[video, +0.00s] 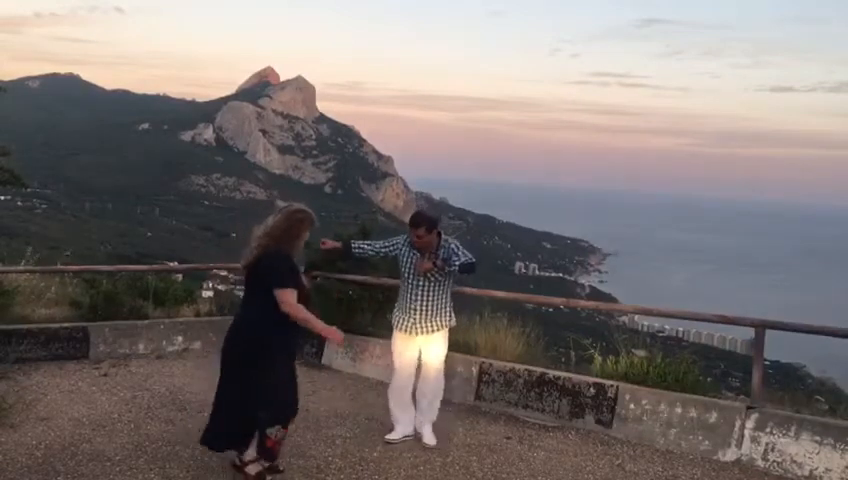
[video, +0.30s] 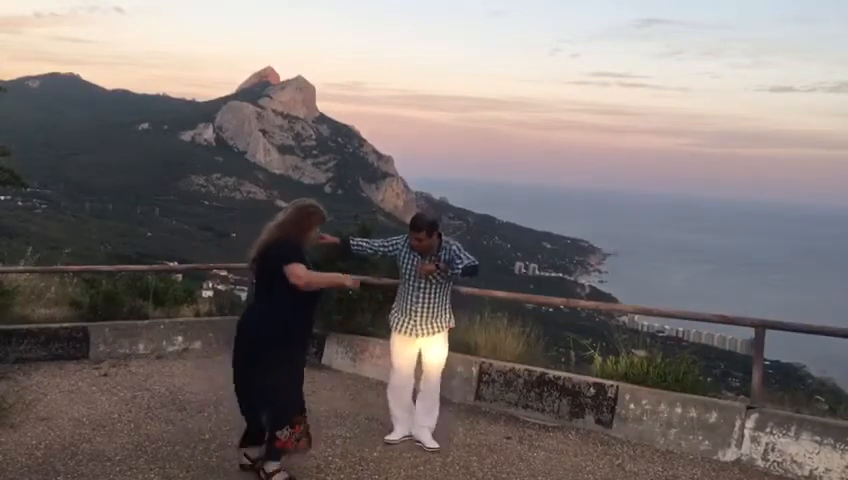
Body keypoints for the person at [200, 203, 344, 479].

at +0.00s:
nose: (306, 239)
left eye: (307, 233)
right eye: (305, 232)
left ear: (279, 226)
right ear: (295, 232)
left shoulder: (262, 257)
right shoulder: (280, 261)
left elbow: (261, 302)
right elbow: (289, 305)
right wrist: (325, 329)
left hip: (248, 339)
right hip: (269, 345)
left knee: (252, 397)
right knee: (284, 404)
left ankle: (243, 452)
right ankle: (262, 459)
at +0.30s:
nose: (317, 234)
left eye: (319, 229)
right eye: (317, 228)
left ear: (290, 219)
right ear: (305, 224)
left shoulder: (273, 245)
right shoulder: (287, 246)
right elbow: (299, 278)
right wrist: (342, 279)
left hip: (258, 334)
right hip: (278, 338)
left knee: (260, 392)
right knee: (285, 399)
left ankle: (250, 451)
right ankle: (272, 464)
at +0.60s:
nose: (326, 241)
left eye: (327, 235)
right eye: (324, 234)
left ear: (297, 227)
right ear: (310, 231)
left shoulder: (279, 252)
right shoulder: (293, 256)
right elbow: (307, 294)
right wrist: (341, 298)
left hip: (273, 341)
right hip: (285, 346)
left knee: (296, 401)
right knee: (294, 403)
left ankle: (283, 461)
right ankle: (275, 466)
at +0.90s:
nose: (338, 239)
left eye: (339, 233)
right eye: (336, 232)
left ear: (309, 224)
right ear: (324, 232)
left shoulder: (290, 254)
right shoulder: (312, 262)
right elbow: (312, 313)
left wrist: (334, 248)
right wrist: (330, 348)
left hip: (275, 338)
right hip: (296, 344)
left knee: (273, 399)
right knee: (291, 401)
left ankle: (271, 459)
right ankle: (286, 459)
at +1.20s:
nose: (344, 239)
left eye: (347, 234)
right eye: (343, 233)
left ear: (323, 228)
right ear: (328, 228)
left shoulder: (306, 254)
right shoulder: (309, 256)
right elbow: (305, 298)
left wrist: (339, 297)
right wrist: (338, 319)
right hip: (301, 343)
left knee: (279, 400)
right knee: (311, 401)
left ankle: (284, 463)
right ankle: (295, 462)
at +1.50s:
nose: (346, 242)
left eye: (348, 237)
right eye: (343, 235)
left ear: (330, 234)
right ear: (326, 230)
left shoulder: (329, 266)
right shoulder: (298, 253)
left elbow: (335, 309)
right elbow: (294, 284)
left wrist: (358, 335)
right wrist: (332, 274)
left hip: (316, 352)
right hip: (283, 350)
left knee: (322, 412)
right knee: (290, 412)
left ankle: (295, 460)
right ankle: (285, 468)